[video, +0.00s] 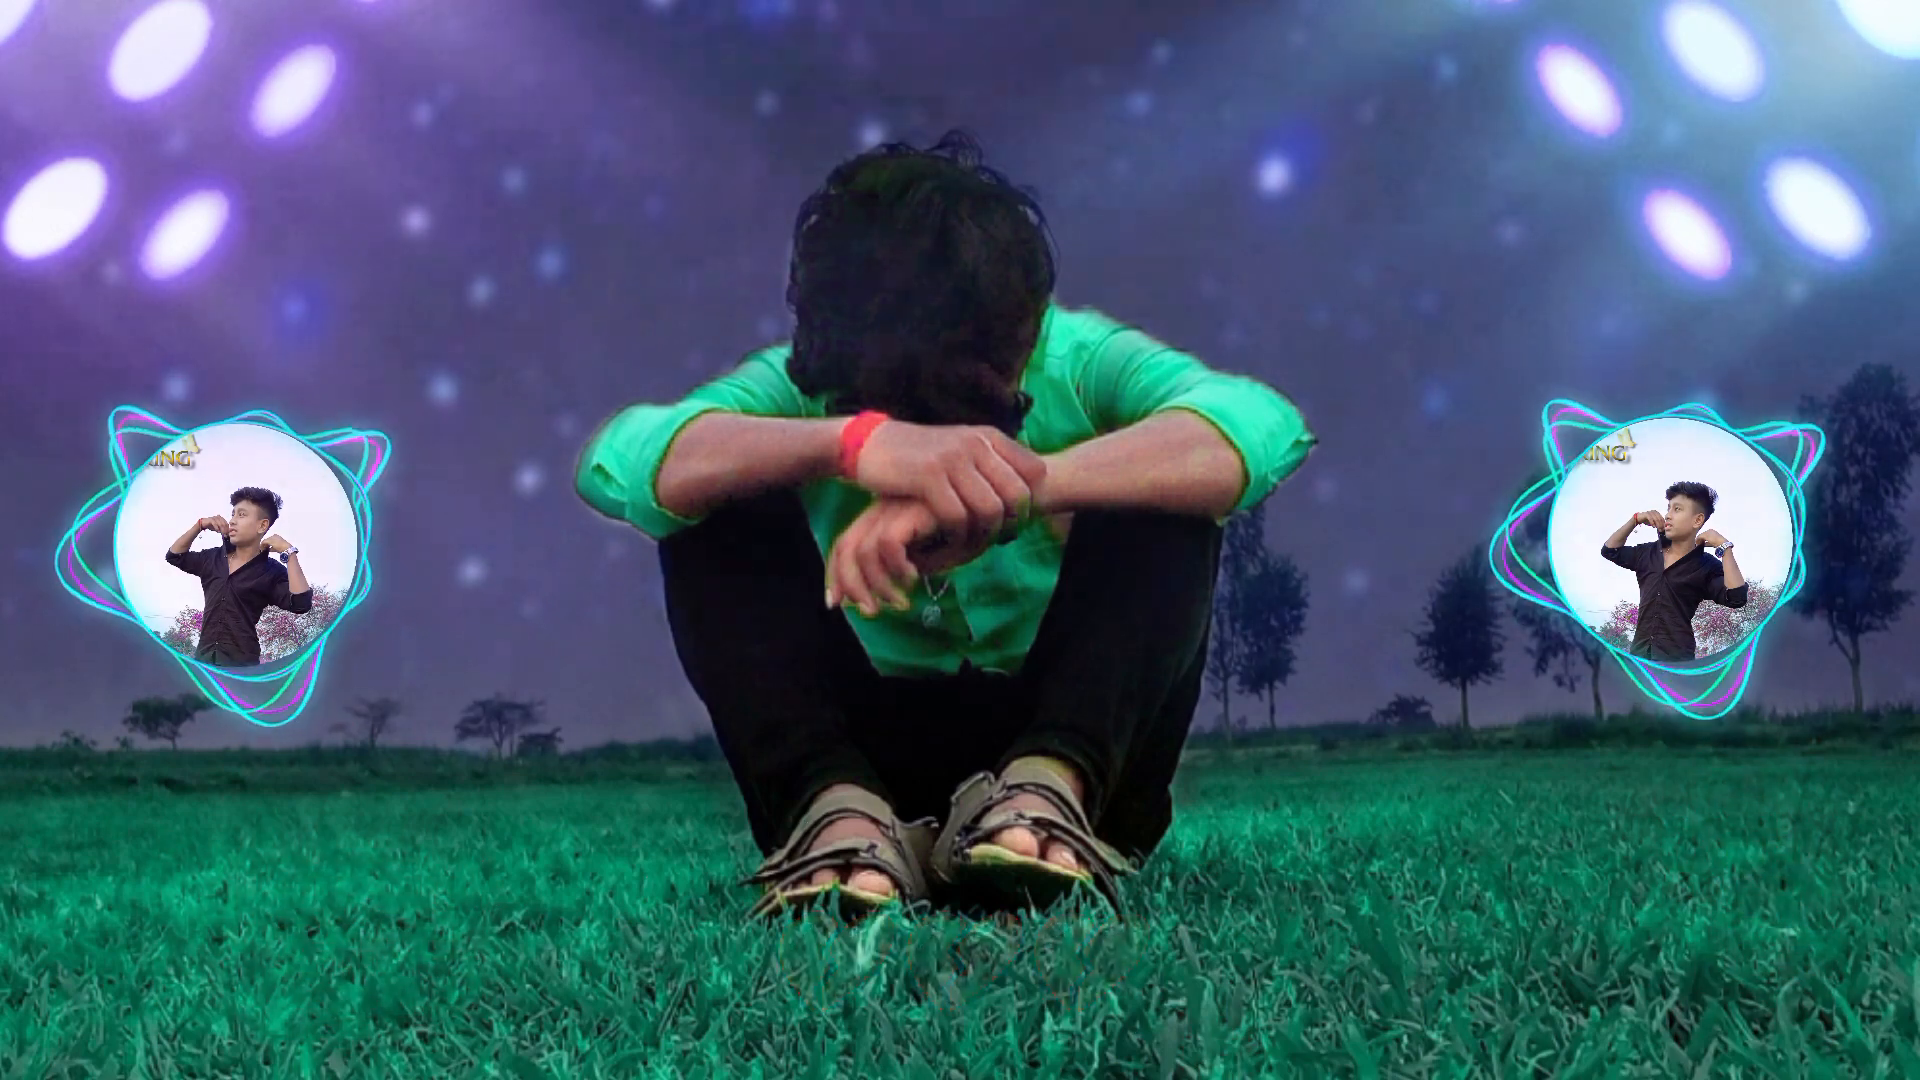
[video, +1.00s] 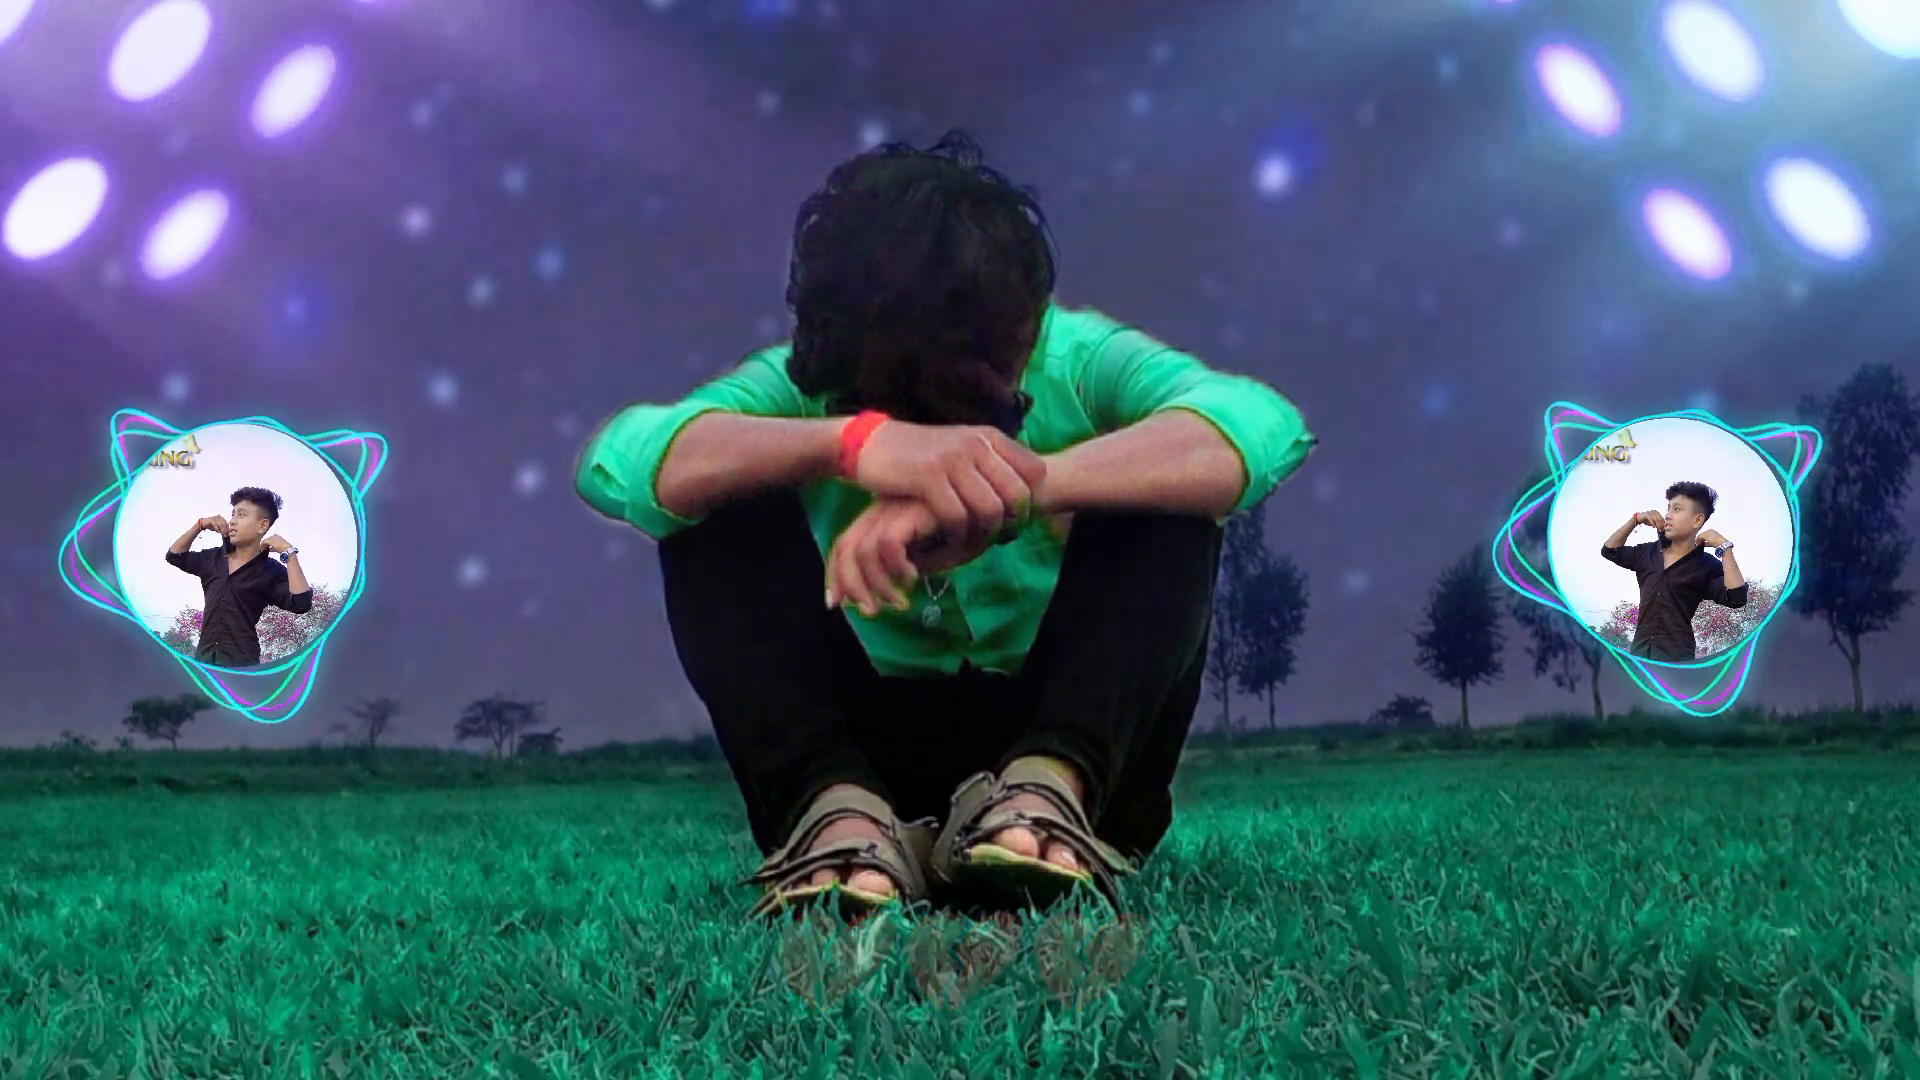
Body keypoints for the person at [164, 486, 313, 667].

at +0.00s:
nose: (232, 521)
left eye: (242, 515)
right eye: (233, 514)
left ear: (263, 525)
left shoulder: (270, 570)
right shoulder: (212, 558)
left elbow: (301, 605)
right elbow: (174, 557)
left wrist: (290, 553)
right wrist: (199, 526)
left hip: (242, 662)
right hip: (203, 658)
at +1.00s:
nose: (232, 520)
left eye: (241, 515)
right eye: (233, 514)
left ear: (263, 525)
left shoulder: (270, 570)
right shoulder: (212, 558)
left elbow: (301, 604)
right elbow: (174, 557)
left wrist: (289, 553)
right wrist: (199, 526)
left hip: (242, 665)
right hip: (203, 660)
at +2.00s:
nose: (232, 521)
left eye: (242, 515)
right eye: (233, 515)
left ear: (263, 525)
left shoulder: (270, 570)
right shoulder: (212, 558)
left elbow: (301, 604)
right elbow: (174, 557)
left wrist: (289, 553)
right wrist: (199, 526)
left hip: (242, 665)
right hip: (203, 660)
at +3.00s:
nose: (232, 521)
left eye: (242, 515)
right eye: (233, 514)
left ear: (263, 526)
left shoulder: (270, 570)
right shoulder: (212, 558)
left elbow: (301, 604)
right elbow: (174, 556)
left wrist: (289, 553)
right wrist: (199, 526)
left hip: (242, 663)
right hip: (203, 659)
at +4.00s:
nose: (232, 521)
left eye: (242, 515)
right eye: (233, 514)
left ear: (263, 525)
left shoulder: (270, 569)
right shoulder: (212, 558)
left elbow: (301, 605)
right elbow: (174, 556)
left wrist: (290, 553)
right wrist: (199, 526)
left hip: (242, 661)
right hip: (204, 657)